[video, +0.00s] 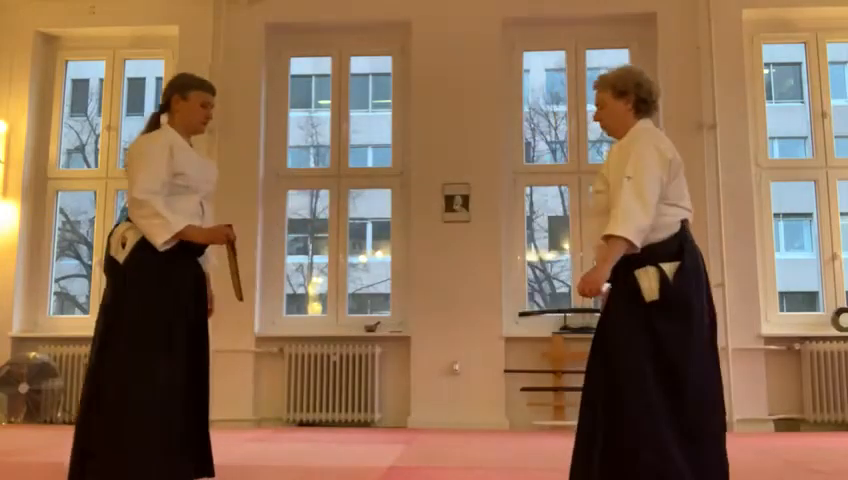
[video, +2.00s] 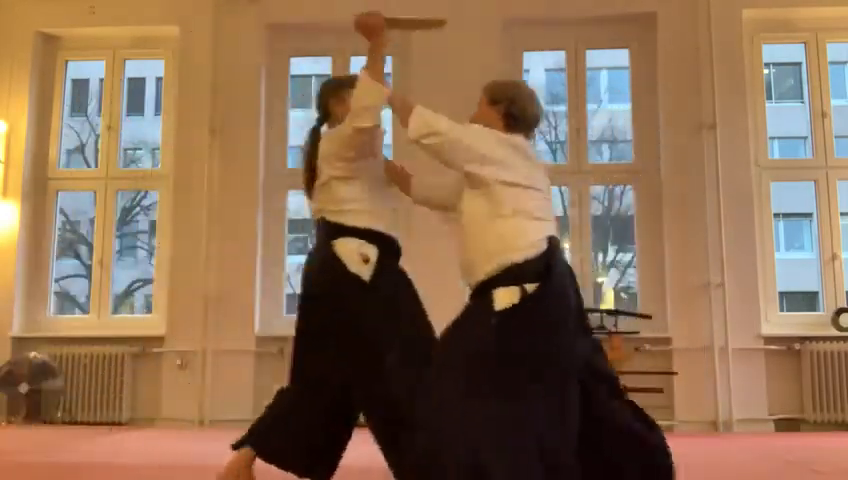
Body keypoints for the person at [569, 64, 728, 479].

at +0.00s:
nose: (595, 113)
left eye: (601, 103)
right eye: (595, 104)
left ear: (627, 102)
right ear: (628, 104)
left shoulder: (643, 142)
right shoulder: (637, 143)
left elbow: (635, 211)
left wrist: (602, 267)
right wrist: (611, 257)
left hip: (658, 273)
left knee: (639, 380)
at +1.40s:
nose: (597, 132)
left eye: (605, 123)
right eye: (601, 124)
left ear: (627, 128)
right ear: (632, 131)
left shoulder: (637, 167)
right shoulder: (647, 165)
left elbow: (635, 238)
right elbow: (646, 238)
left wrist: (613, 302)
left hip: (643, 294)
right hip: (664, 290)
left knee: (569, 374)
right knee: (666, 395)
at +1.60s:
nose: (585, 136)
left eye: (593, 127)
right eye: (588, 128)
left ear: (617, 132)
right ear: (620, 135)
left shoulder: (620, 170)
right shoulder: (637, 170)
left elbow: (604, 243)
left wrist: (549, 286)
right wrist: (591, 282)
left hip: (629, 301)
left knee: (552, 375)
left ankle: (547, 470)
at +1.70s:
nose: (573, 139)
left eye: (581, 131)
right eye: (576, 131)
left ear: (604, 135)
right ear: (607, 137)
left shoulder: (608, 175)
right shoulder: (627, 176)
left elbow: (570, 225)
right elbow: (620, 259)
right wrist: (560, 285)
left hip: (612, 313)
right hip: (640, 310)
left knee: (536, 378)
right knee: (637, 414)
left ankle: (508, 470)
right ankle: (689, 473)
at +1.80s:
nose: (551, 135)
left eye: (557, 127)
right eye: (554, 127)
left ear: (581, 132)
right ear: (587, 135)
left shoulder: (582, 174)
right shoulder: (608, 181)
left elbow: (519, 193)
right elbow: (563, 255)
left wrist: (465, 169)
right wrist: (496, 246)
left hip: (586, 322)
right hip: (619, 319)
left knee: (510, 389)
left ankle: (477, 469)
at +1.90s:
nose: (511, 124)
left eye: (519, 116)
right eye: (515, 116)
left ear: (542, 125)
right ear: (544, 128)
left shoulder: (547, 163)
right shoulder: (540, 183)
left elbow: (473, 154)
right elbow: (469, 220)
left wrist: (419, 116)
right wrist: (423, 187)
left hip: (554, 316)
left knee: (478, 394)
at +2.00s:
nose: (473, 115)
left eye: (480, 108)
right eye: (477, 108)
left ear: (501, 116)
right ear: (511, 118)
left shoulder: (508, 151)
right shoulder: (494, 169)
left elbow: (433, 131)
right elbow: (451, 197)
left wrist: (385, 91)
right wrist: (409, 185)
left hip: (521, 297)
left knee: (446, 386)